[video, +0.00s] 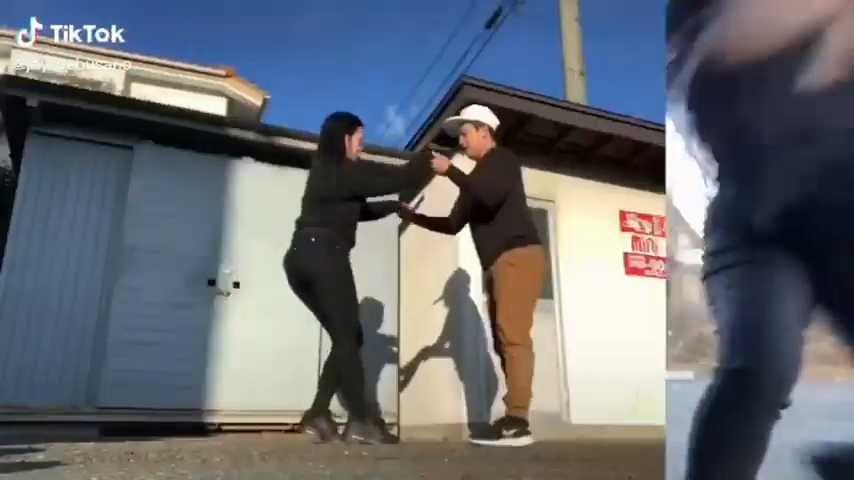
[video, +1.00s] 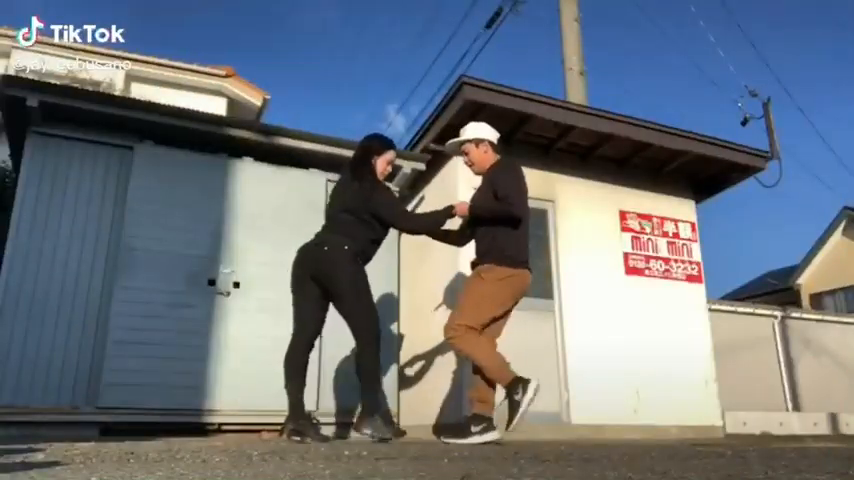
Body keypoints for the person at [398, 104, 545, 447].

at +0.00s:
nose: (461, 141)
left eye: (466, 133)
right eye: (460, 135)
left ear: (485, 131)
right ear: (475, 135)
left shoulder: (500, 159)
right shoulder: (478, 176)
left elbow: (486, 196)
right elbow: (452, 225)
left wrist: (451, 171)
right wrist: (414, 216)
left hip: (518, 256)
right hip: (498, 262)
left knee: (514, 337)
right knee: (504, 340)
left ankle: (516, 419)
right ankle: (514, 418)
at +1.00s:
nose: (465, 159)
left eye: (467, 152)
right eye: (463, 154)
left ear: (485, 146)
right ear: (482, 150)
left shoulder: (505, 170)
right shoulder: (487, 187)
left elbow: (515, 211)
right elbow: (461, 237)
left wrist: (470, 211)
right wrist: (423, 225)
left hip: (501, 270)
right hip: (503, 272)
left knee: (458, 331)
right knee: (483, 343)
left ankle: (514, 385)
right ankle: (481, 420)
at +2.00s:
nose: (504, 164)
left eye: (505, 156)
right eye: (501, 159)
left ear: (524, 148)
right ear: (517, 154)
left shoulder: (549, 173)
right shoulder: (526, 190)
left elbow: (570, 214)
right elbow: (520, 238)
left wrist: (528, 213)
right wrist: (490, 230)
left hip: (576, 268)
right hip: (547, 277)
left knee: (581, 344)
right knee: (528, 333)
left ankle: (601, 422)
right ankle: (572, 394)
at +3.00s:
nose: (446, 160)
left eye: (447, 152)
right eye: (443, 154)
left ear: (465, 145)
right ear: (459, 149)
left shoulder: (487, 172)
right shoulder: (469, 187)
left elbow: (487, 217)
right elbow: (452, 241)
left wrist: (441, 215)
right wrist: (417, 233)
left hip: (489, 273)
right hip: (468, 273)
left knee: (459, 344)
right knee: (440, 341)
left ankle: (426, 420)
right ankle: (484, 411)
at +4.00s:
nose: (517, 136)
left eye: (524, 132)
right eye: (518, 131)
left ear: (541, 139)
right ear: (527, 137)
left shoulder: (542, 159)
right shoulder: (527, 185)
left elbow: (502, 141)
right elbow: (529, 240)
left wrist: (458, 115)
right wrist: (502, 248)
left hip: (569, 266)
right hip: (564, 269)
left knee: (540, 340)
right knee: (581, 345)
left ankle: (544, 423)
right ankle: (640, 411)